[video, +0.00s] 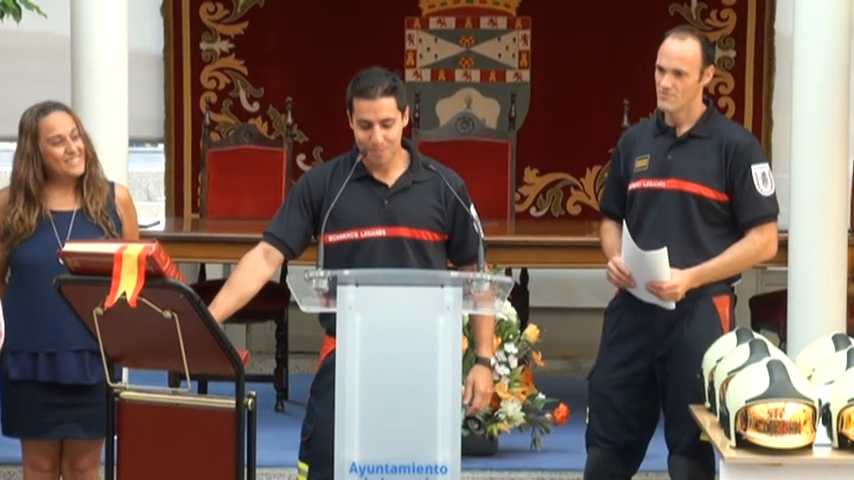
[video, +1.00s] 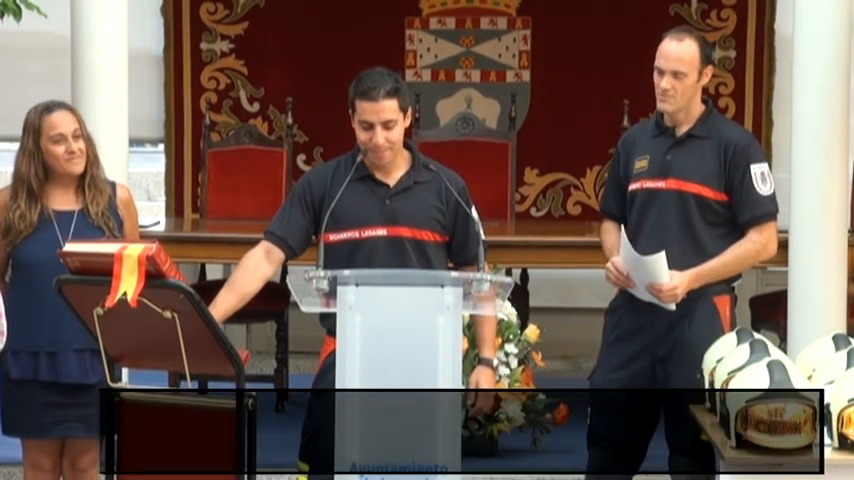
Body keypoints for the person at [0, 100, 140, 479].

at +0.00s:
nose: (73, 147)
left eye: (76, 135)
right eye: (58, 141)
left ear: (84, 137)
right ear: (35, 151)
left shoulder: (116, 198)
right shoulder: (10, 204)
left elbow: (135, 276)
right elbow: (1, 280)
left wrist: (128, 346)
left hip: (93, 358)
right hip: (30, 358)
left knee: (85, 466)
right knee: (40, 467)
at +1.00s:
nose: (74, 146)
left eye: (78, 135)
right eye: (59, 139)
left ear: (86, 139)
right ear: (37, 149)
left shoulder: (116, 198)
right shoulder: (10, 203)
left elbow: (135, 275)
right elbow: (2, 279)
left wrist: (129, 347)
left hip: (93, 358)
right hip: (31, 358)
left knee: (85, 466)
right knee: (41, 466)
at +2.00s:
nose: (72, 148)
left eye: (77, 136)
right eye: (57, 141)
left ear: (85, 140)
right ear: (36, 149)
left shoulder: (115, 199)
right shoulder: (11, 203)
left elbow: (133, 277)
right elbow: (3, 279)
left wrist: (127, 346)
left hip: (92, 359)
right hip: (26, 359)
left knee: (88, 466)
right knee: (40, 467)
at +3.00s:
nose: (73, 148)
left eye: (77, 136)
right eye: (58, 141)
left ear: (85, 139)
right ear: (35, 150)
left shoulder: (114, 200)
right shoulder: (10, 203)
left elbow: (132, 280)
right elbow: (1, 282)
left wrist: (126, 350)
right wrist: (2, 346)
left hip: (92, 362)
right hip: (27, 362)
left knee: (87, 467)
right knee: (40, 469)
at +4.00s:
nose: (75, 148)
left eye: (79, 136)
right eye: (61, 141)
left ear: (87, 139)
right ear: (37, 150)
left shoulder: (117, 199)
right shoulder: (11, 204)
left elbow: (134, 278)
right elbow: (2, 279)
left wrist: (127, 348)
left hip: (94, 360)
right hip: (30, 361)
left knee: (88, 467)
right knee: (42, 468)